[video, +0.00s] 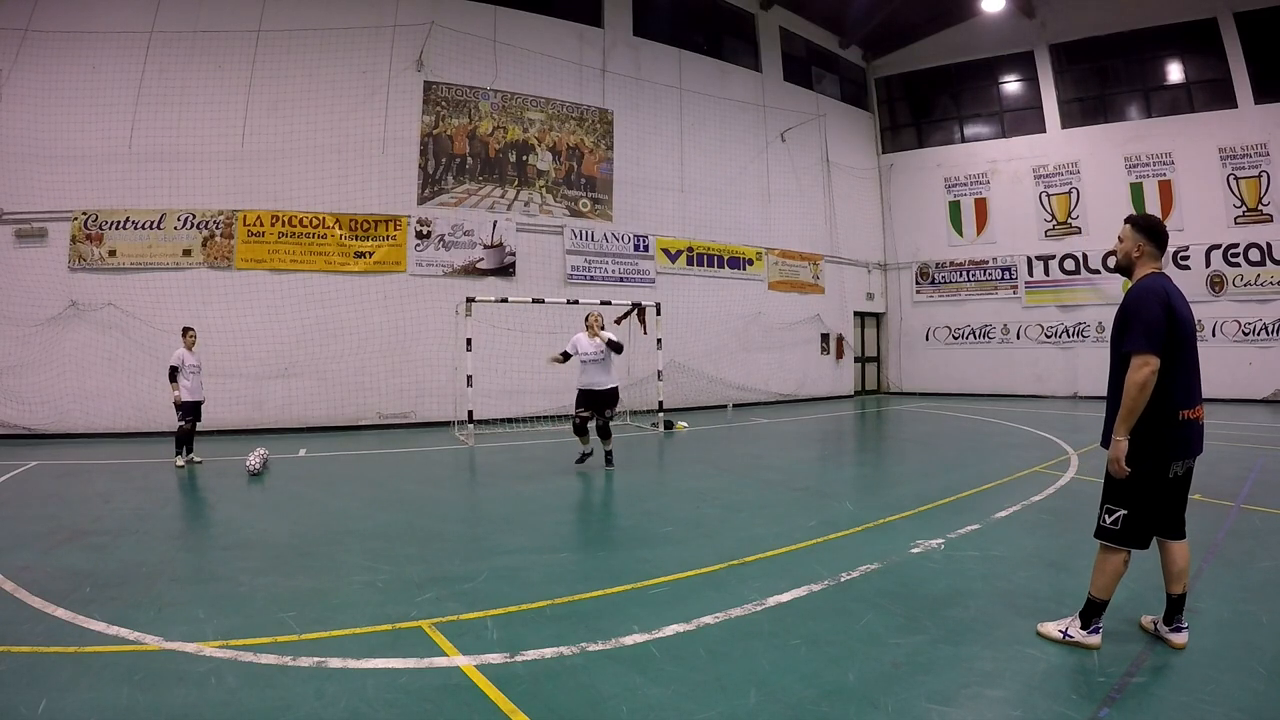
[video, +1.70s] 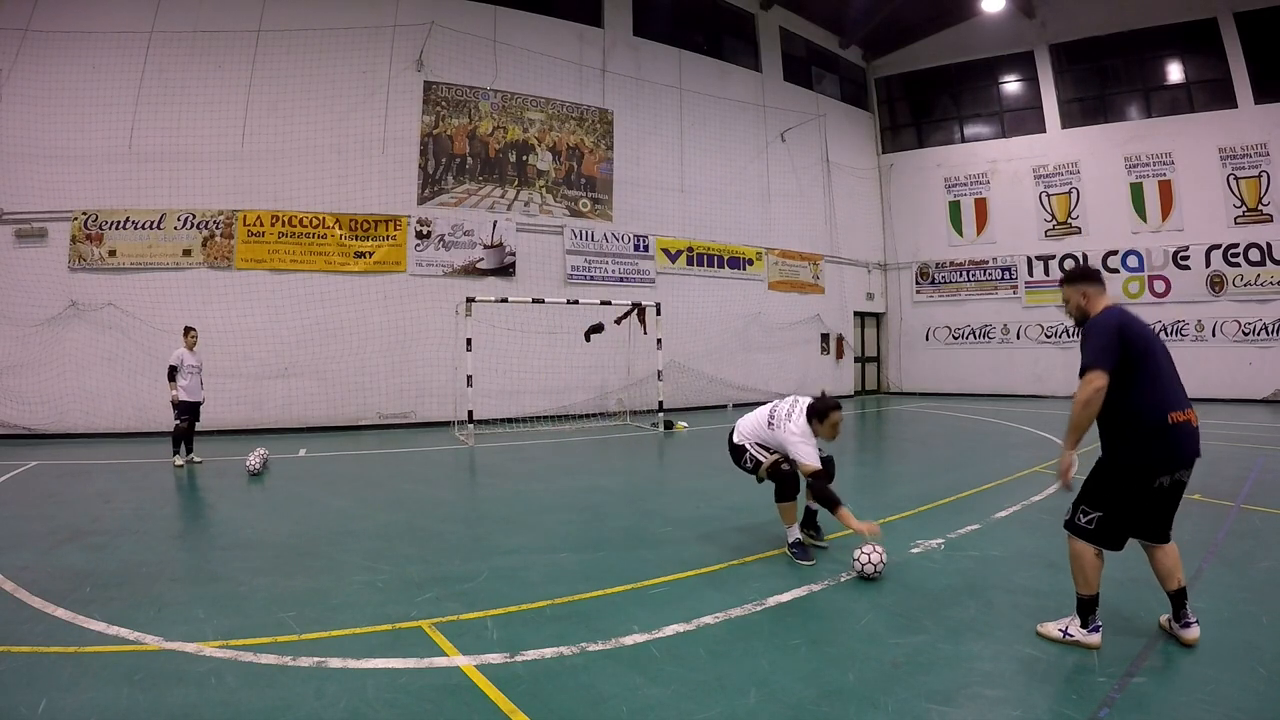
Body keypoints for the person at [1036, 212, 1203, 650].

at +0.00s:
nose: (1113, 247)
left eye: (1119, 239)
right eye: (1117, 239)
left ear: (1138, 246)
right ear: (1151, 249)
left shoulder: (1144, 295)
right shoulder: (1169, 292)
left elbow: (1145, 368)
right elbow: (1171, 368)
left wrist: (1120, 433)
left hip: (1145, 441)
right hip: (1177, 438)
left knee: (1115, 535)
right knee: (1171, 529)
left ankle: (1087, 624)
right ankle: (1174, 622)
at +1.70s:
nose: (1066, 310)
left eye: (1067, 301)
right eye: (1064, 303)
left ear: (1085, 294)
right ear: (1100, 292)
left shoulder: (1101, 325)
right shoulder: (1132, 323)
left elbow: (1095, 385)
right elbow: (1146, 391)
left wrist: (1069, 448)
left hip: (1137, 448)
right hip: (1180, 443)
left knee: (1082, 528)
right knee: (1155, 533)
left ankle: (1086, 624)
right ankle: (1185, 620)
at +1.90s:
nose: (1052, 337)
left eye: (1053, 328)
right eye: (1050, 330)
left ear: (1070, 322)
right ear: (1087, 319)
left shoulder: (1083, 350)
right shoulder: (1116, 344)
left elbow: (1059, 400)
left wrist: (1017, 453)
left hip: (1134, 459)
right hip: (1176, 453)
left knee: (1070, 529)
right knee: (1142, 538)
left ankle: (1085, 622)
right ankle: (1185, 620)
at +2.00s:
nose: (1042, 330)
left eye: (1043, 322)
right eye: (1040, 324)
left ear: (1057, 316)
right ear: (1076, 312)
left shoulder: (1070, 344)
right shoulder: (1105, 341)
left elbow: (1022, 378)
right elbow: (1122, 401)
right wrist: (1091, 450)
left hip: (1111, 456)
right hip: (1155, 452)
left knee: (1040, 514)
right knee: (1133, 537)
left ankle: (1066, 599)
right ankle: (1184, 620)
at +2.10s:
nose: (1017, 309)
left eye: (1018, 300)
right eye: (1016, 301)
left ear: (1031, 294)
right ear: (1051, 291)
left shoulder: (1043, 321)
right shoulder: (1082, 322)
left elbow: (1007, 337)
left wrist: (955, 354)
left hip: (1070, 447)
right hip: (1115, 448)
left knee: (995, 491)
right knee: (1132, 532)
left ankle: (998, 583)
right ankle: (1181, 615)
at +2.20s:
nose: (984, 290)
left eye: (985, 284)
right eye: (983, 284)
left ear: (998, 280)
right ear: (1018, 276)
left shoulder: (1008, 306)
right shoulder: (1051, 310)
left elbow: (1005, 338)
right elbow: (1058, 366)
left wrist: (985, 379)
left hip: (1019, 440)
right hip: (1067, 439)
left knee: (955, 507)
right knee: (1094, 513)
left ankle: (905, 581)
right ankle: (1165, 581)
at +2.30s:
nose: (954, 295)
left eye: (956, 288)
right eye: (954, 288)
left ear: (967, 288)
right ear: (991, 286)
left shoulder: (974, 323)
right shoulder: (1024, 325)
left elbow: (976, 371)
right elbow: (1052, 380)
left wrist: (967, 437)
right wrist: (1033, 430)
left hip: (973, 447)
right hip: (1019, 451)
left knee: (915, 511)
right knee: (1021, 513)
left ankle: (881, 589)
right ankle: (1089, 539)